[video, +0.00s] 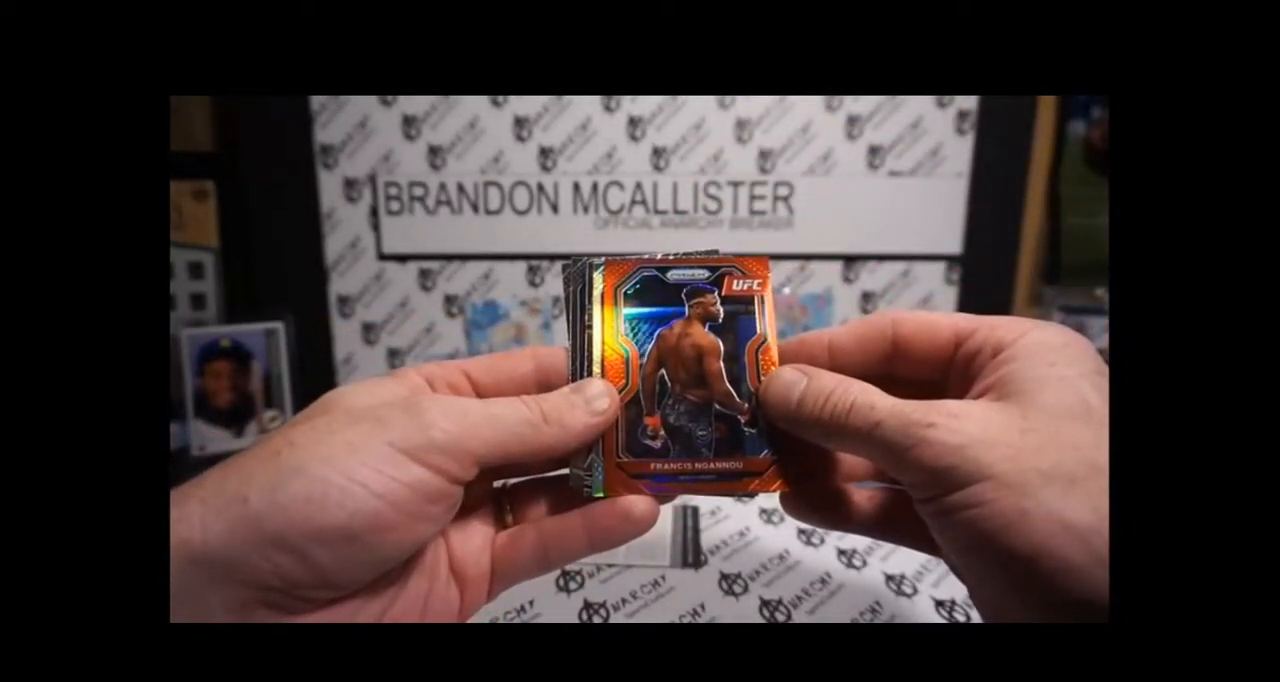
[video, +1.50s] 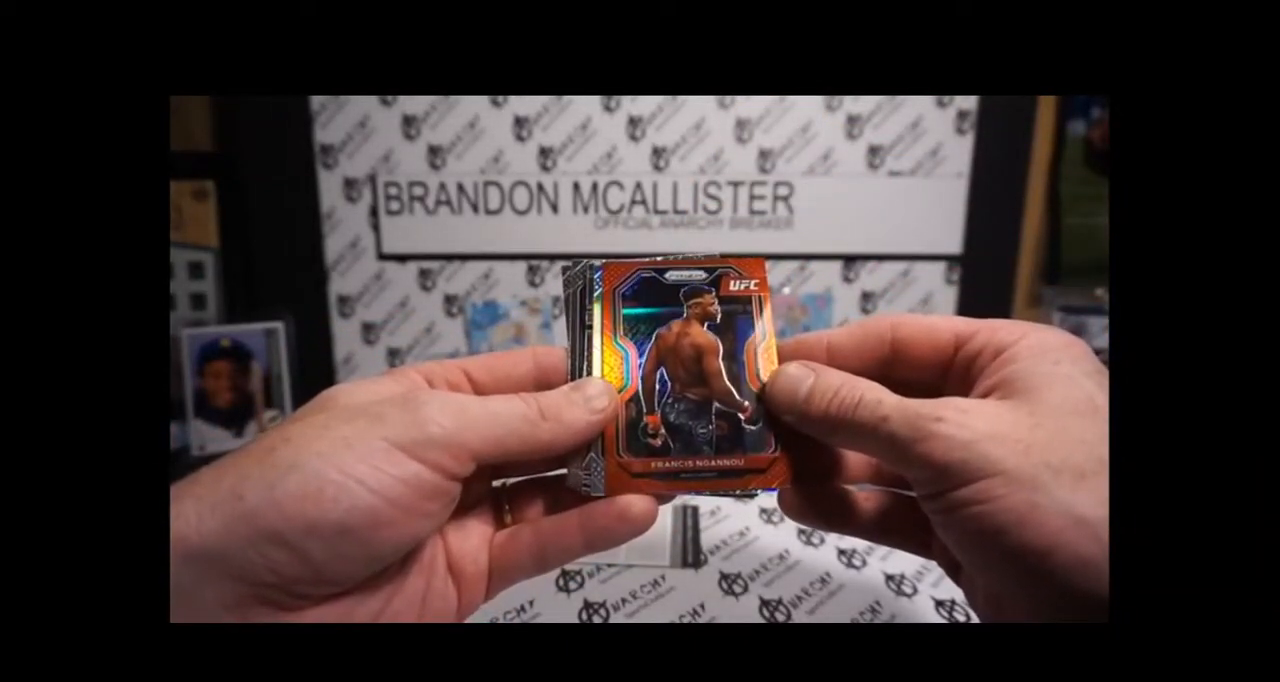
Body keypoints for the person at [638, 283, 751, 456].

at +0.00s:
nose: (720, 309)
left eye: (719, 303)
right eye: (714, 304)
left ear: (696, 308)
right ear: (697, 308)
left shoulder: (665, 334)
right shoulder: (709, 342)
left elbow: (649, 373)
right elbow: (720, 391)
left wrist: (650, 413)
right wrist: (743, 409)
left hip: (671, 408)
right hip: (697, 414)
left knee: (678, 471)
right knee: (699, 474)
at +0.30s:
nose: (716, 304)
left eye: (715, 299)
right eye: (710, 300)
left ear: (690, 304)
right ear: (692, 304)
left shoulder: (661, 331)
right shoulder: (705, 336)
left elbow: (645, 371)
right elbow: (717, 386)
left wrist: (647, 410)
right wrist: (741, 404)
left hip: (669, 405)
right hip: (695, 410)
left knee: (676, 466)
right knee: (698, 471)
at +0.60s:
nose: (716, 307)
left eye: (715, 302)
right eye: (710, 303)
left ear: (691, 308)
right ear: (692, 308)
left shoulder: (661, 333)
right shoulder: (706, 340)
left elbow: (645, 374)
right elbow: (717, 389)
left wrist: (647, 413)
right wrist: (741, 407)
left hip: (668, 406)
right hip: (695, 412)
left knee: (676, 469)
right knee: (698, 473)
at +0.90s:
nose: (715, 307)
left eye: (713, 302)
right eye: (709, 303)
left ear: (690, 309)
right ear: (691, 308)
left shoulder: (660, 334)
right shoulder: (705, 340)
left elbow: (644, 375)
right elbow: (716, 388)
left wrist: (647, 414)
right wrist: (741, 407)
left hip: (668, 407)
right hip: (695, 412)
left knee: (676, 469)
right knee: (700, 473)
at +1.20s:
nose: (716, 308)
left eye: (714, 303)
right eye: (710, 304)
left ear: (690, 310)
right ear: (692, 309)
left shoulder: (661, 335)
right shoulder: (706, 341)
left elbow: (645, 376)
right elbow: (718, 390)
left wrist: (648, 414)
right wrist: (741, 408)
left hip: (669, 407)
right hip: (696, 413)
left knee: (678, 470)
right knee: (700, 474)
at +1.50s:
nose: (718, 308)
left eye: (716, 303)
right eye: (713, 304)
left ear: (693, 309)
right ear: (694, 308)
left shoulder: (663, 334)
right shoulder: (708, 341)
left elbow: (648, 374)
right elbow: (720, 389)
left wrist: (650, 413)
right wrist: (743, 407)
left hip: (671, 407)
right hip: (698, 412)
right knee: (702, 474)